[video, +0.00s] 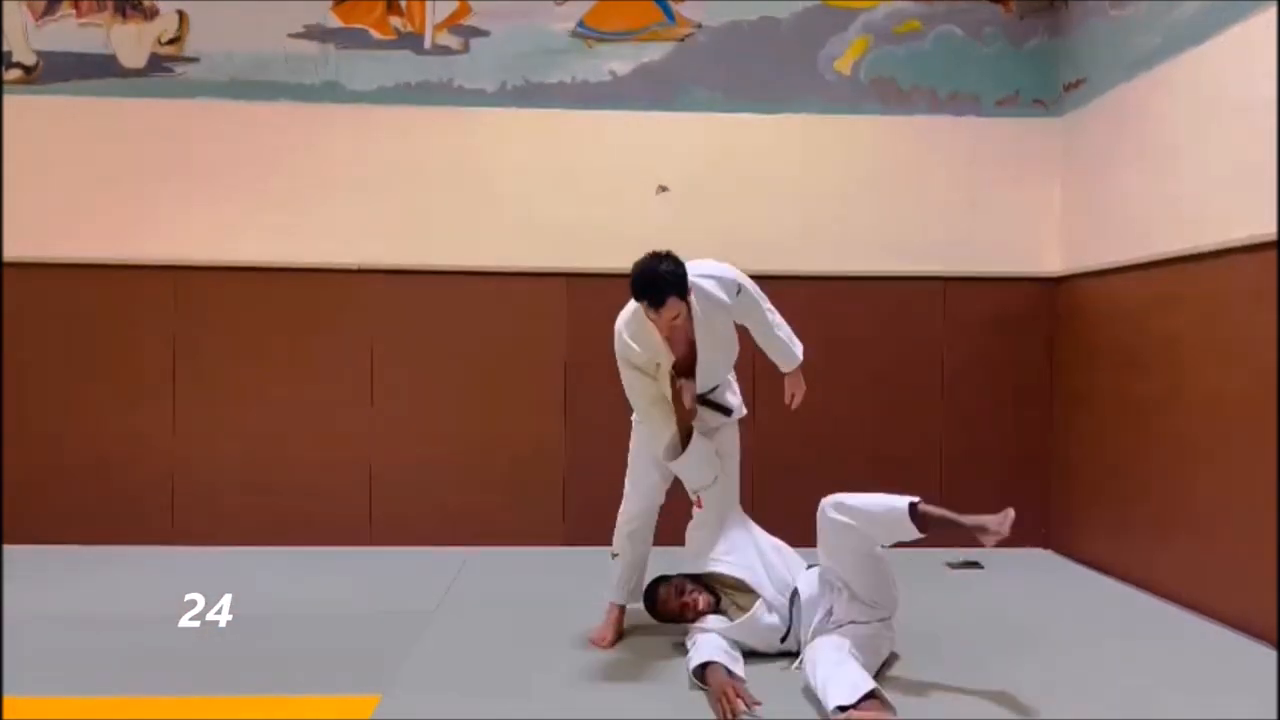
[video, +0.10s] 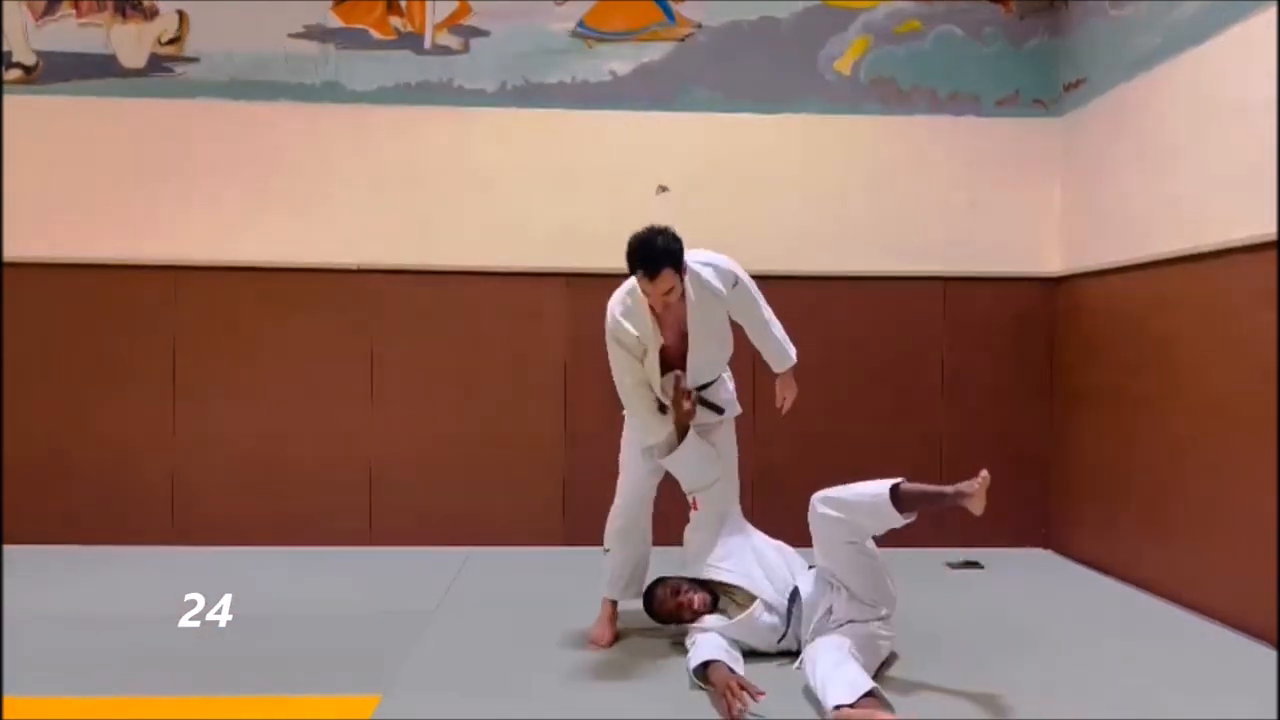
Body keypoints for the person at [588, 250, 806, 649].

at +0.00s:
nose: (669, 327)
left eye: (676, 317)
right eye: (658, 320)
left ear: (688, 293)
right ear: (643, 306)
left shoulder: (722, 286)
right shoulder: (629, 332)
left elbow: (762, 317)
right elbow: (649, 408)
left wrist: (790, 366)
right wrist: (687, 468)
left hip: (715, 410)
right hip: (657, 418)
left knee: (720, 508)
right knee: (637, 510)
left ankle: (702, 602)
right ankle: (616, 609)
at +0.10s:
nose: (660, 302)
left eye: (669, 292)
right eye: (650, 294)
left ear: (683, 270)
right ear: (636, 279)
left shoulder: (718, 276)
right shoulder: (621, 313)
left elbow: (758, 316)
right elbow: (632, 387)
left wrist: (784, 368)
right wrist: (664, 443)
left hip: (710, 399)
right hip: (648, 409)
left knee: (719, 502)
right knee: (631, 502)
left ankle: (704, 599)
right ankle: (609, 606)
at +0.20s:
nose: (646, 251)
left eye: (656, 239)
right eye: (636, 240)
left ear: (671, 231)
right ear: (623, 234)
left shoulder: (703, 265)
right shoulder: (602, 284)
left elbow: (738, 316)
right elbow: (588, 352)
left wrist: (762, 374)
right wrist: (620, 401)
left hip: (694, 403)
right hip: (631, 406)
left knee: (714, 503)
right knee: (612, 510)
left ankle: (702, 608)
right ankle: (589, 617)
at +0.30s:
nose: (629, 211)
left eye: (638, 200)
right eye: (619, 200)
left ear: (652, 200)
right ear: (604, 202)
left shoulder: (674, 255)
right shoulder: (572, 258)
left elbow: (702, 317)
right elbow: (533, 312)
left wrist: (722, 376)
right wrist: (560, 363)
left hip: (661, 400)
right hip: (600, 402)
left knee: (707, 493)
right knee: (594, 517)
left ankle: (698, 601)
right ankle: (588, 620)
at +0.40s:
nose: (618, 187)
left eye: (626, 177)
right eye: (609, 176)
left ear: (636, 181)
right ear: (588, 177)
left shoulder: (655, 241)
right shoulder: (550, 223)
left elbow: (680, 308)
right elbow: (498, 254)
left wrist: (694, 362)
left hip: (637, 385)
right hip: (578, 387)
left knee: (660, 496)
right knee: (580, 511)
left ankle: (643, 571)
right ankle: (586, 618)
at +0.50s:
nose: (614, 192)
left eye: (621, 184)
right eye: (605, 182)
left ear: (627, 187)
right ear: (579, 182)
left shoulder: (637, 248)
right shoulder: (539, 230)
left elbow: (663, 315)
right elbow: (486, 270)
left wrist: (688, 369)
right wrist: (527, 272)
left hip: (616, 384)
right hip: (563, 384)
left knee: (617, 496)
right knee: (574, 499)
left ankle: (577, 582)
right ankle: (585, 616)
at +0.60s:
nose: (609, 203)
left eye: (615, 194)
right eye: (600, 193)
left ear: (619, 196)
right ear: (572, 193)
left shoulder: (626, 258)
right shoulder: (535, 245)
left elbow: (648, 323)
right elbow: (487, 297)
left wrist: (664, 379)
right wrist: (537, 306)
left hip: (595, 390)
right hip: (543, 385)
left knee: (574, 499)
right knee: (565, 499)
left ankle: (545, 594)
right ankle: (581, 611)